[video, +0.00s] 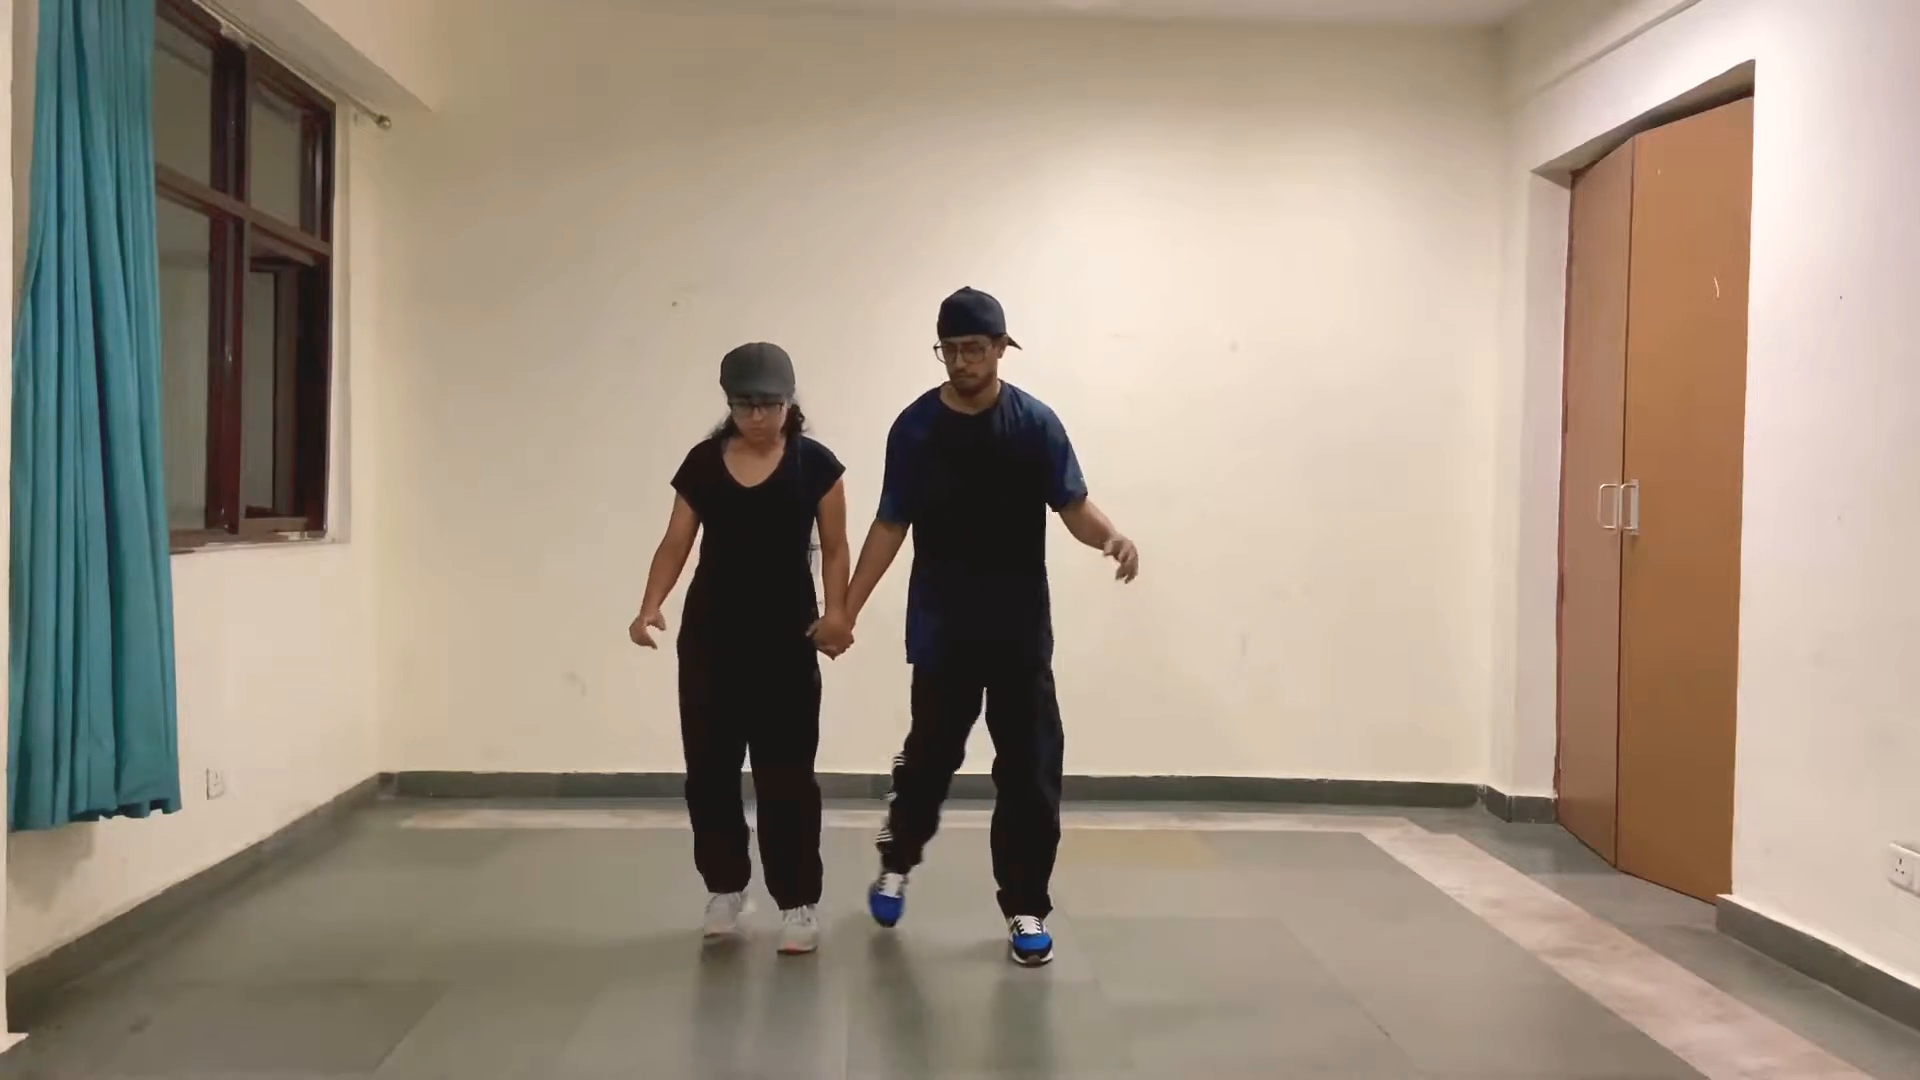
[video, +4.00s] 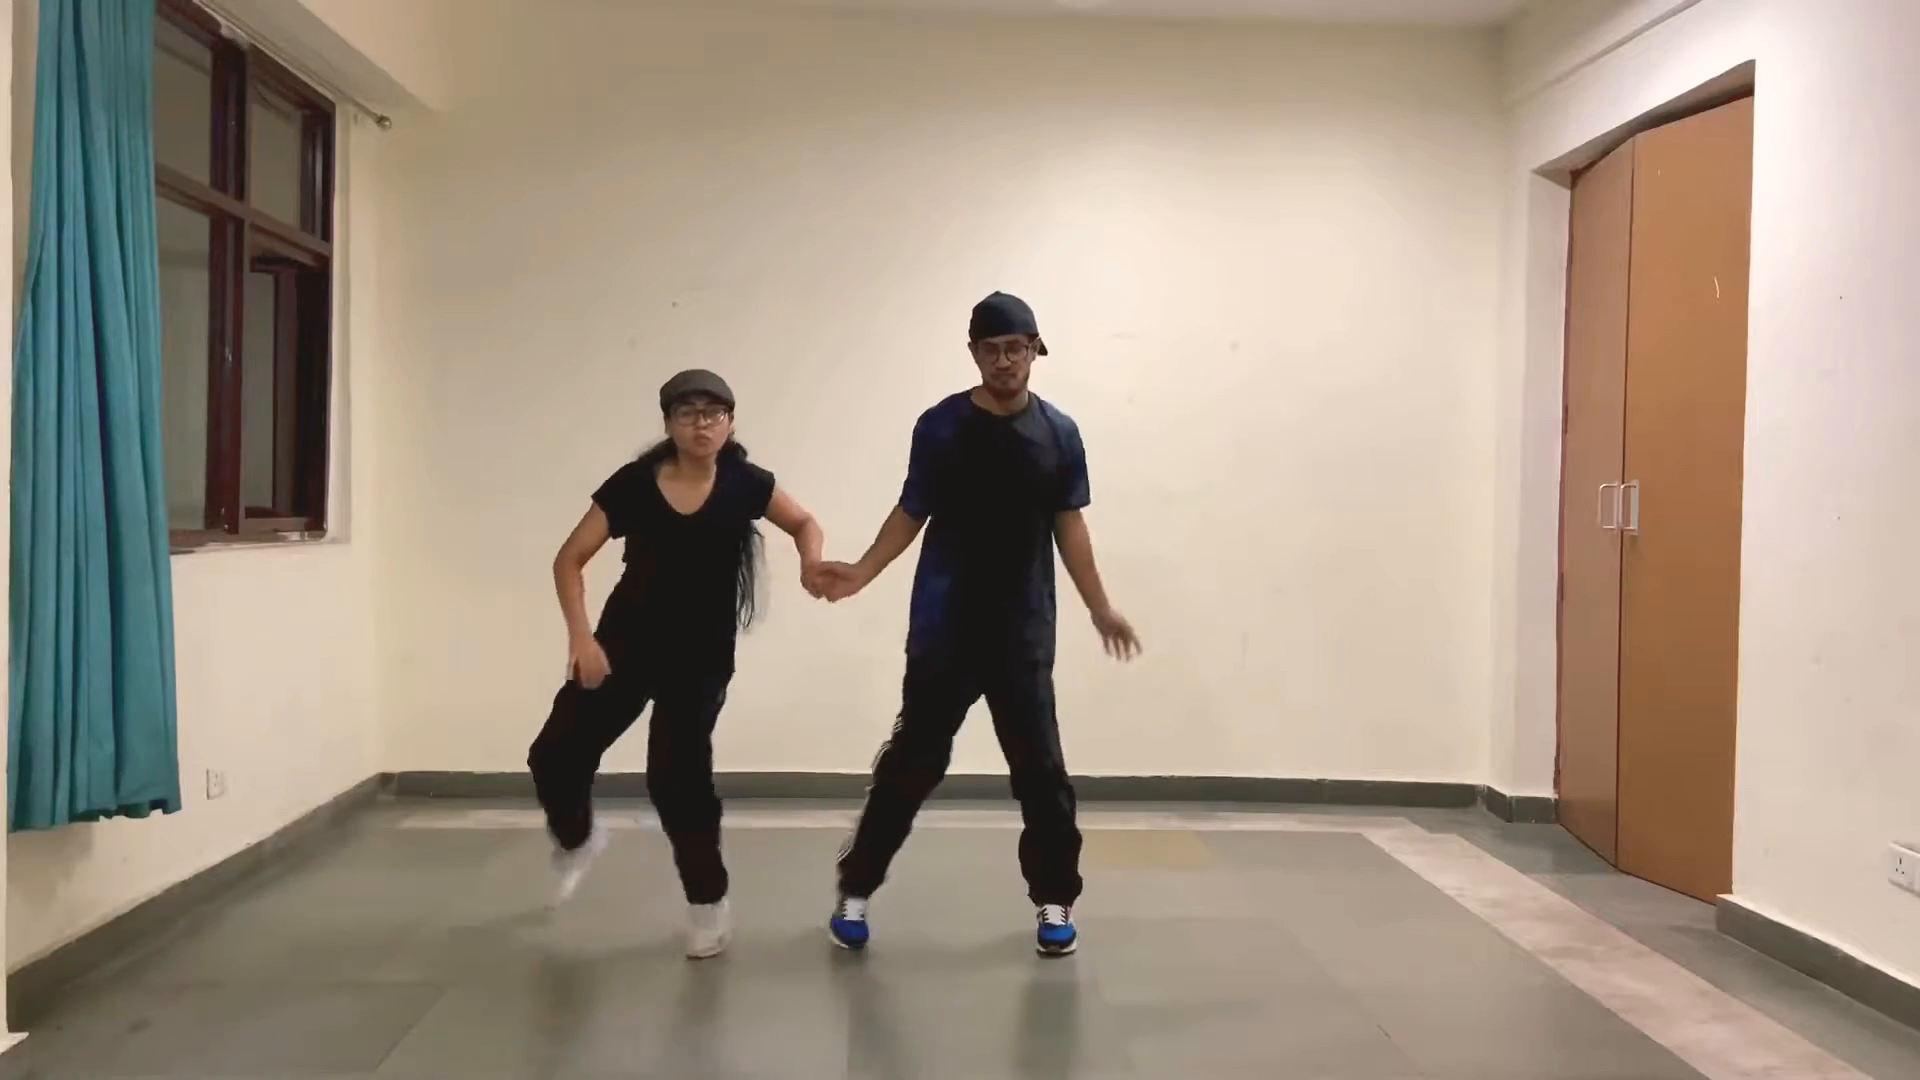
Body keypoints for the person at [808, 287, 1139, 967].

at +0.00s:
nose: (966, 360)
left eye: (978, 348)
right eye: (954, 349)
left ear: (1001, 348)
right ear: (941, 352)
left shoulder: (1036, 424)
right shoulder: (915, 428)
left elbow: (1073, 504)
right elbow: (889, 524)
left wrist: (1112, 537)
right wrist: (846, 611)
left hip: (1021, 627)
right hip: (943, 625)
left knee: (1032, 762)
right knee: (934, 750)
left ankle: (1026, 907)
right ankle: (896, 862)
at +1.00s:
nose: (1001, 379)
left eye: (1013, 366)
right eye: (987, 366)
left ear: (1031, 364)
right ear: (969, 368)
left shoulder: (1061, 435)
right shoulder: (940, 442)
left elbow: (1066, 543)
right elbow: (923, 539)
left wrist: (1058, 633)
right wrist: (899, 626)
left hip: (1059, 611)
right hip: (985, 617)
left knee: (1078, 748)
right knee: (987, 756)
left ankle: (1089, 879)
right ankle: (987, 901)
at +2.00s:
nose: (1062, 378)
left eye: (1075, 366)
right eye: (1049, 365)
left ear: (1094, 369)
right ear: (1030, 370)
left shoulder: (1130, 442)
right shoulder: (1008, 450)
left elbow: (1165, 537)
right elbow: (1012, 535)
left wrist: (1195, 628)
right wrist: (979, 610)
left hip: (1138, 626)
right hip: (1063, 632)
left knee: (1154, 769)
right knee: (1100, 760)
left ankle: (1111, 907)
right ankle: (1089, 903)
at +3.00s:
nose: (1023, 373)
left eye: (1038, 362)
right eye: (1012, 360)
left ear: (1057, 369)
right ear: (996, 362)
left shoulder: (1068, 461)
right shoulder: (945, 429)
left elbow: (1074, 555)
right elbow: (893, 499)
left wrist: (1060, 643)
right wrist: (871, 587)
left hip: (1008, 629)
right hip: (935, 621)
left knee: (983, 765)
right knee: (917, 767)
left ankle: (956, 921)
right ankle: (945, 889)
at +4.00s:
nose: (1005, 361)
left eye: (1016, 349)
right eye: (992, 350)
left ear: (1035, 352)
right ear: (974, 353)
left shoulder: (1059, 435)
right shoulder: (942, 426)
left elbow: (1070, 525)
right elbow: (911, 511)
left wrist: (1101, 610)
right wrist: (859, 572)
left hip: (1023, 630)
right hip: (945, 626)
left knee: (1041, 767)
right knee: (918, 755)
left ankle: (1055, 900)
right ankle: (856, 886)